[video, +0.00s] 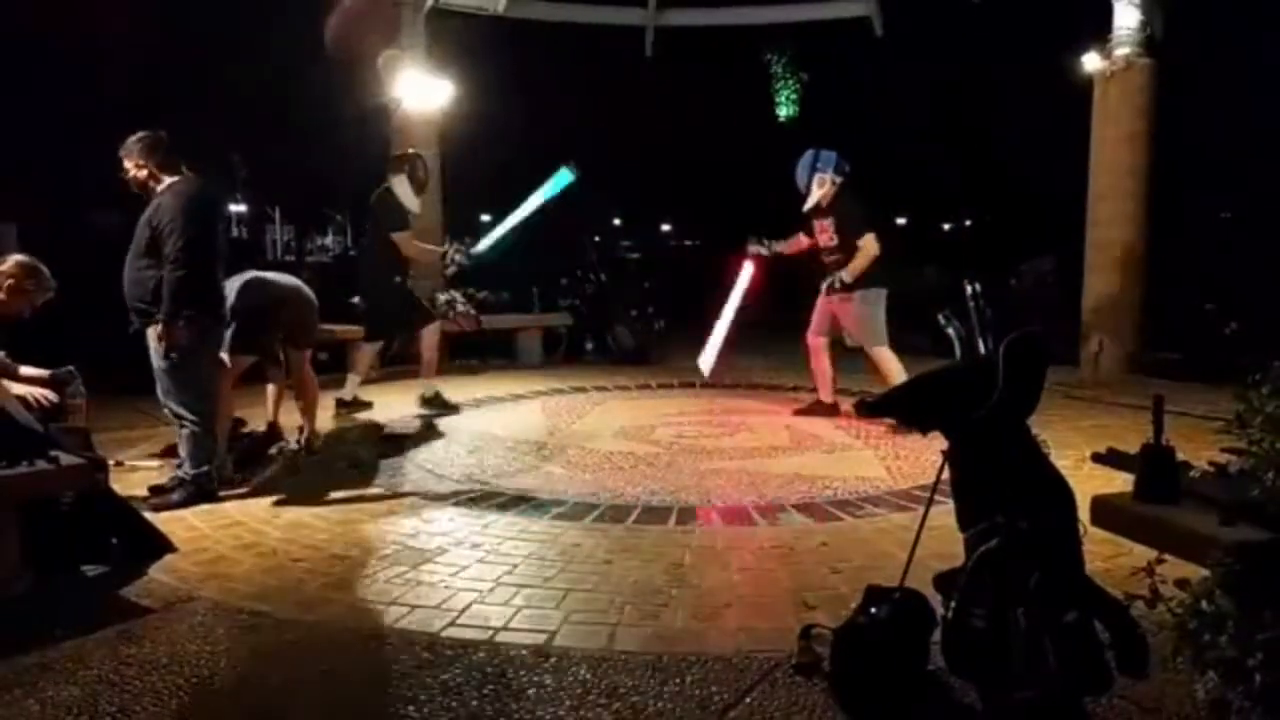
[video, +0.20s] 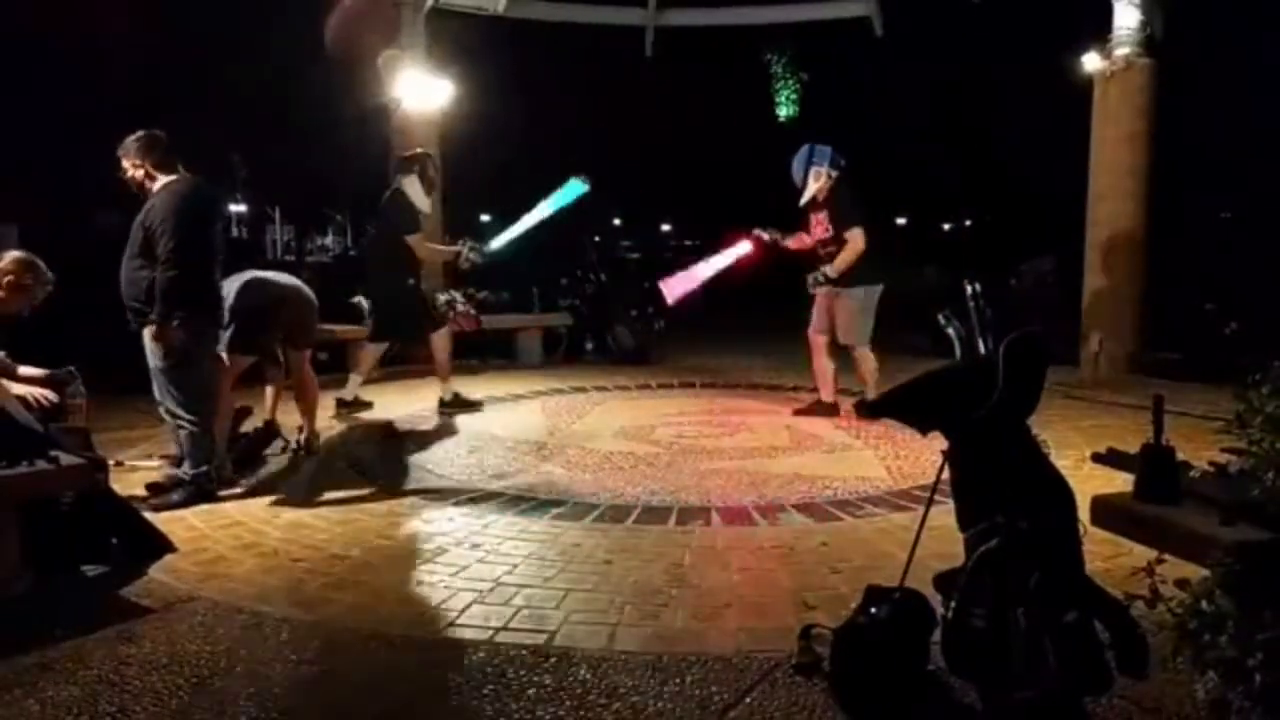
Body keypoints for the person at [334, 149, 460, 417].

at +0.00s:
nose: (425, 180)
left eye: (424, 174)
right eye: (421, 173)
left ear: (399, 173)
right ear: (408, 173)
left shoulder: (391, 199)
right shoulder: (388, 201)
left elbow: (408, 245)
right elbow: (407, 247)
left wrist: (441, 252)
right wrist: (443, 253)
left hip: (379, 282)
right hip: (386, 284)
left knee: (373, 337)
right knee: (430, 324)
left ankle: (348, 394)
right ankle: (429, 391)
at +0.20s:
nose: (434, 180)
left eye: (433, 173)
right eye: (431, 173)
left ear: (405, 174)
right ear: (418, 174)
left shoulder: (398, 199)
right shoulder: (400, 201)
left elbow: (421, 247)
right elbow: (420, 250)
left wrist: (455, 251)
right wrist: (457, 253)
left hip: (387, 284)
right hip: (399, 285)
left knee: (381, 337)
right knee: (440, 328)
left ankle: (348, 394)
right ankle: (448, 394)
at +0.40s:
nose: (445, 177)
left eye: (443, 171)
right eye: (442, 171)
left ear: (414, 173)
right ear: (431, 173)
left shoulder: (404, 199)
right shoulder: (412, 204)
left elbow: (425, 247)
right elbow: (432, 251)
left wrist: (461, 253)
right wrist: (467, 258)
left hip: (388, 280)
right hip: (404, 282)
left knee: (386, 333)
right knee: (442, 328)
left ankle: (350, 389)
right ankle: (449, 395)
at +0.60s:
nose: (433, 186)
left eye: (431, 180)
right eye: (429, 180)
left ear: (405, 180)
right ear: (417, 181)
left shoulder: (391, 205)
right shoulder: (398, 208)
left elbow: (414, 250)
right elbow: (417, 253)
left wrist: (452, 254)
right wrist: (455, 256)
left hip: (382, 286)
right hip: (398, 287)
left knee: (376, 339)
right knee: (440, 327)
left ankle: (331, 390)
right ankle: (449, 395)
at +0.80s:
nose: (412, 188)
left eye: (412, 182)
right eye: (410, 181)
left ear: (387, 177)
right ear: (399, 178)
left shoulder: (376, 202)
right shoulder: (378, 205)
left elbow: (392, 248)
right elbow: (395, 250)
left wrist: (427, 252)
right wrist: (428, 249)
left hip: (365, 281)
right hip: (376, 283)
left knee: (358, 340)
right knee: (412, 332)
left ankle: (325, 392)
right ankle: (440, 391)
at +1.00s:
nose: (392, 177)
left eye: (393, 171)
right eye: (388, 171)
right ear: (375, 170)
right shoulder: (361, 197)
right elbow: (378, 243)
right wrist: (415, 246)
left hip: (347, 272)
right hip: (358, 274)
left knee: (346, 332)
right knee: (391, 327)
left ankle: (323, 391)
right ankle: (384, 391)